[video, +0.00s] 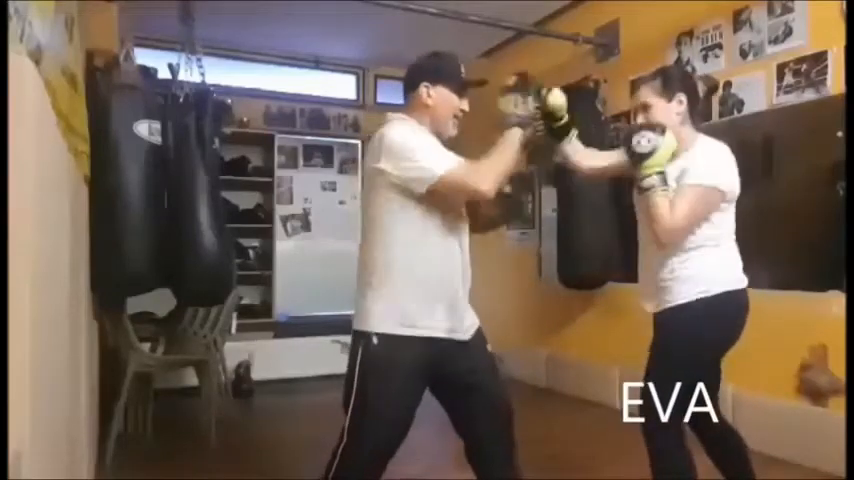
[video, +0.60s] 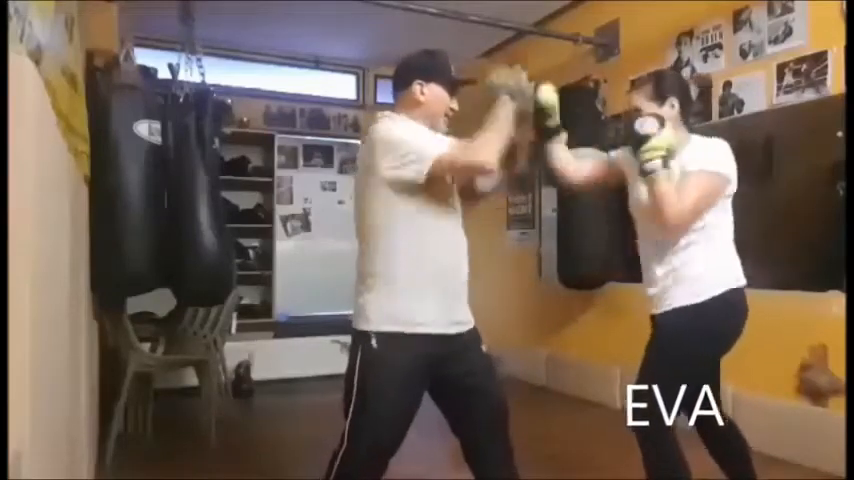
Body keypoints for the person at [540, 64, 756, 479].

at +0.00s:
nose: (639, 119)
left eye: (646, 107)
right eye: (636, 111)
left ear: (679, 104)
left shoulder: (713, 156)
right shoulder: (653, 153)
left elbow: (668, 232)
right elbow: (588, 161)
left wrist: (651, 170)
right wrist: (558, 124)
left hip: (708, 301)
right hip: (677, 304)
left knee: (659, 416)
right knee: (702, 412)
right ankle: (743, 475)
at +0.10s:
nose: (638, 121)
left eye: (647, 110)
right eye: (636, 112)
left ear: (678, 106)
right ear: (671, 108)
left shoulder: (713, 154)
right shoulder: (659, 157)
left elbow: (666, 222)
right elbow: (609, 201)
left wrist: (644, 158)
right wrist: (584, 160)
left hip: (709, 307)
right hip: (678, 308)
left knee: (656, 418)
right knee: (699, 412)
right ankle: (743, 475)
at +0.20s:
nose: (629, 157)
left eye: (629, 149)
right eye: (626, 150)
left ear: (643, 143)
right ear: (672, 129)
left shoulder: (680, 153)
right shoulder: (704, 156)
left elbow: (599, 193)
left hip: (697, 318)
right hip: (731, 312)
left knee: (638, 413)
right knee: (696, 409)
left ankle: (662, 475)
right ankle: (741, 474)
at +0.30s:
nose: (625, 129)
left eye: (629, 122)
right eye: (626, 123)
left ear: (645, 127)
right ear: (675, 125)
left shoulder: (653, 170)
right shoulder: (699, 163)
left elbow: (592, 202)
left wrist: (598, 159)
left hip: (700, 324)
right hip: (742, 316)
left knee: (636, 417)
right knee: (695, 408)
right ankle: (742, 474)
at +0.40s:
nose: (629, 134)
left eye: (634, 124)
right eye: (628, 125)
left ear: (661, 120)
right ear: (665, 121)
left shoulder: (657, 162)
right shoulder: (692, 155)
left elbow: (614, 223)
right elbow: (668, 228)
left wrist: (599, 175)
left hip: (696, 316)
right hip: (731, 310)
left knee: (638, 415)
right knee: (694, 408)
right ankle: (741, 474)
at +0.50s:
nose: (630, 125)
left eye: (636, 114)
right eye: (627, 117)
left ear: (666, 109)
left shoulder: (698, 152)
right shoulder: (662, 160)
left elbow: (658, 224)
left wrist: (640, 170)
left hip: (704, 308)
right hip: (686, 309)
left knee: (643, 414)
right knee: (696, 407)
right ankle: (742, 474)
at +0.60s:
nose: (635, 122)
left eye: (642, 112)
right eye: (631, 113)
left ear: (672, 108)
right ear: (638, 114)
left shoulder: (712, 153)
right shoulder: (632, 157)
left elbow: (674, 216)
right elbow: (571, 172)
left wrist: (654, 161)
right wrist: (550, 125)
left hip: (710, 303)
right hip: (672, 309)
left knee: (645, 412)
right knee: (705, 412)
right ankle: (746, 475)